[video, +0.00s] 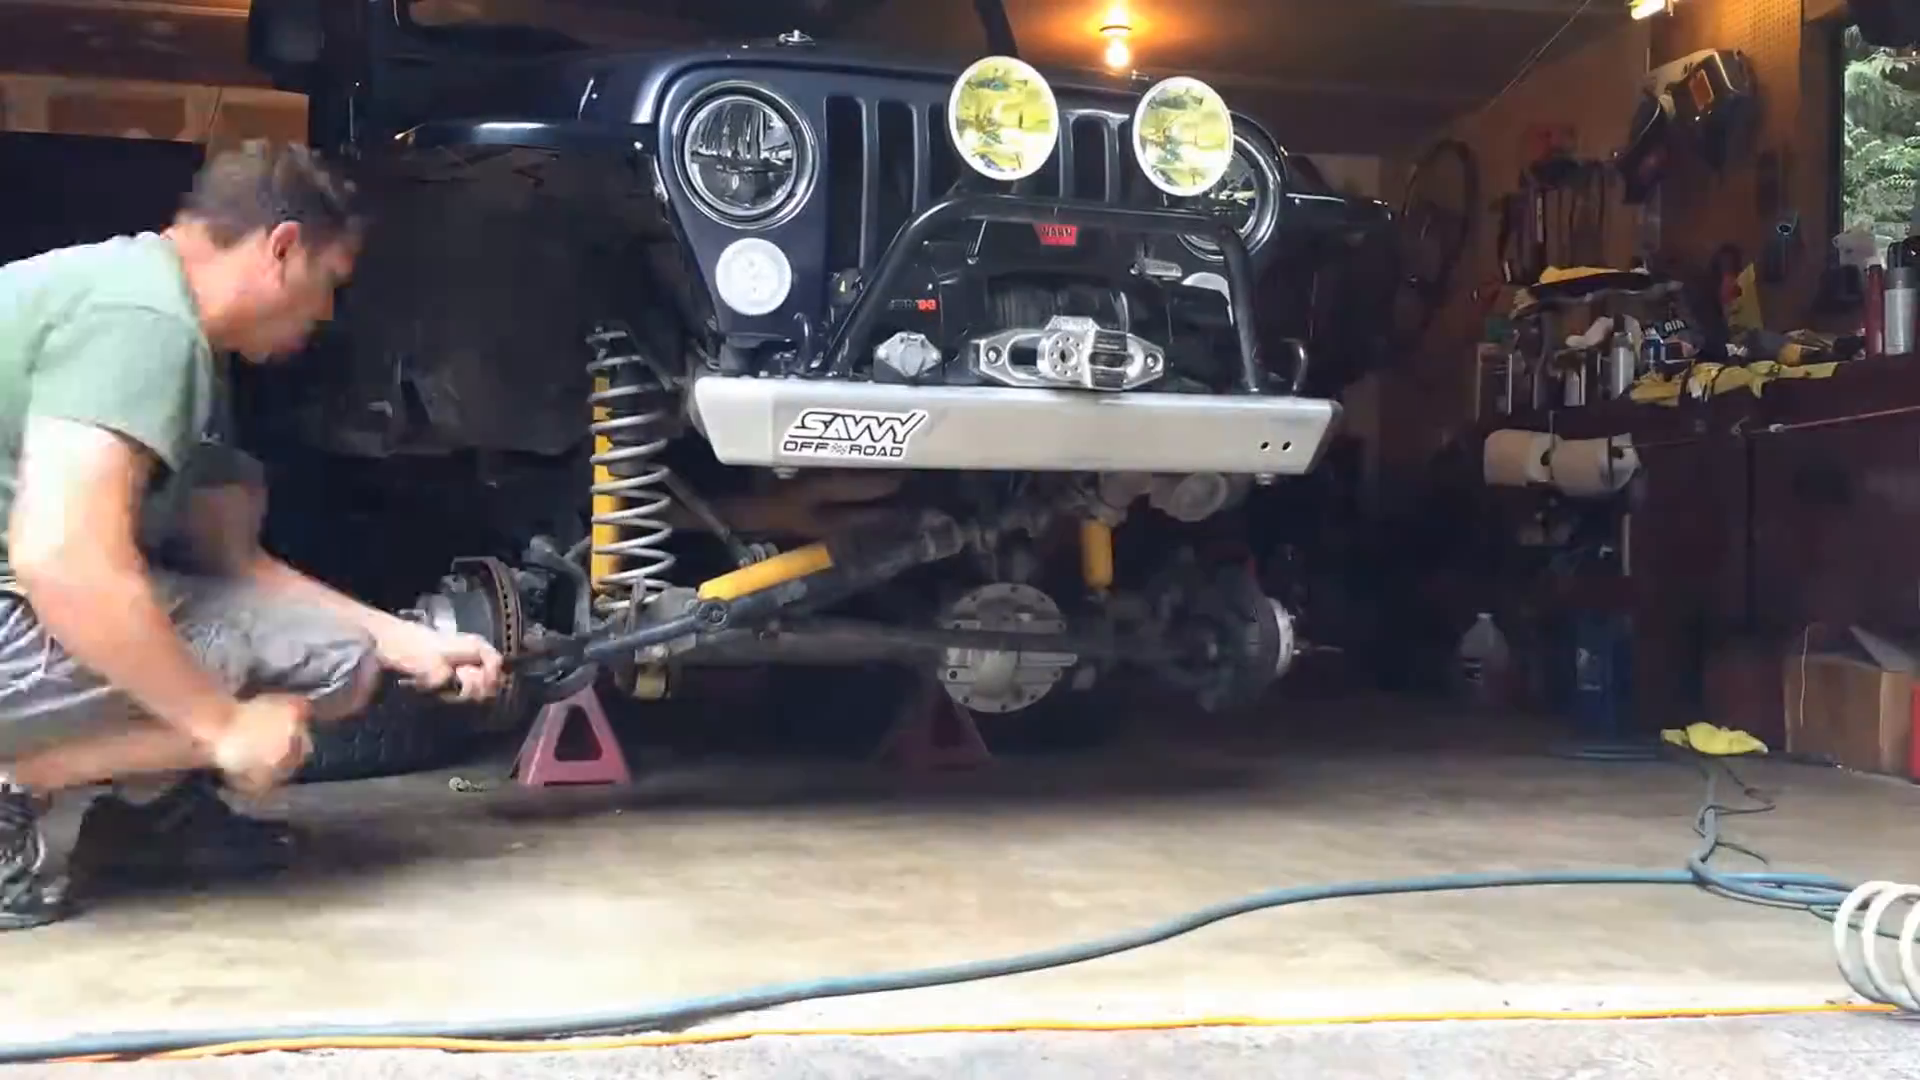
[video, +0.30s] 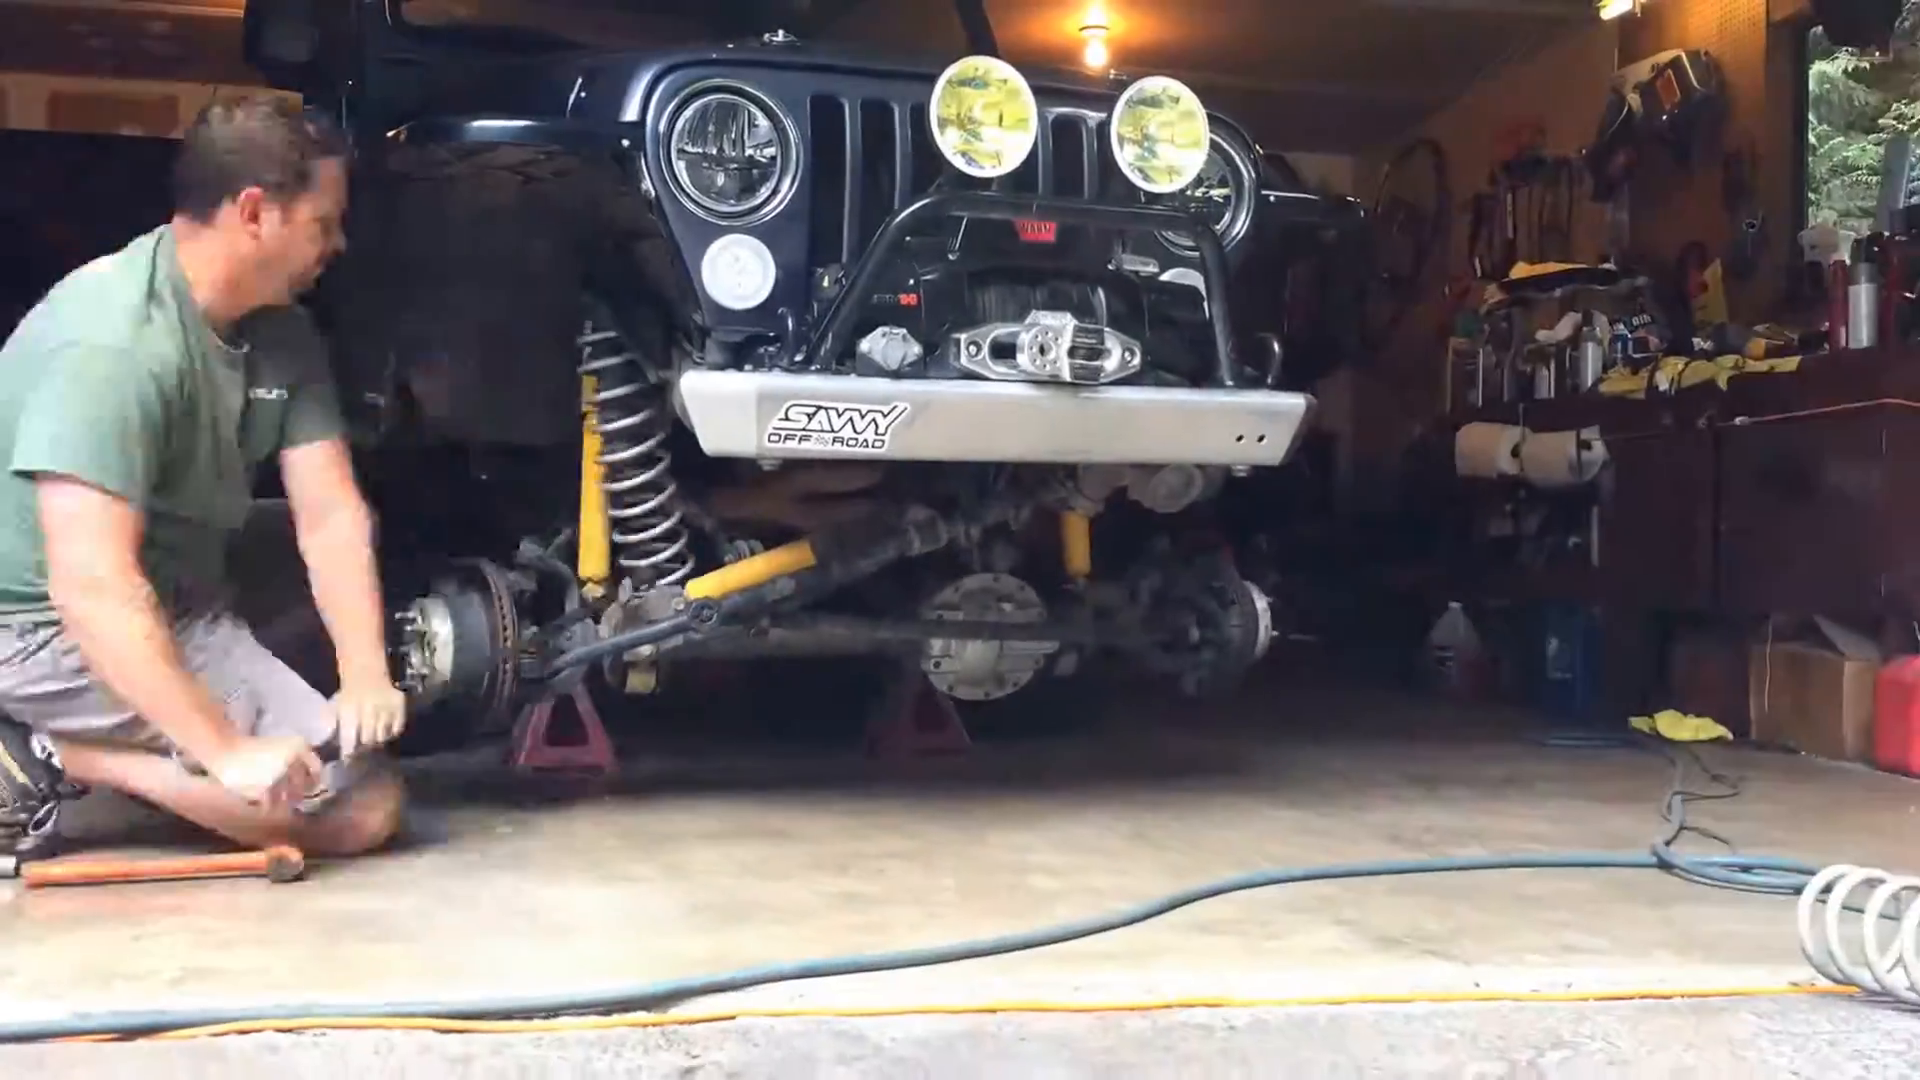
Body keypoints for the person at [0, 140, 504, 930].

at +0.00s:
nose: (326, 316)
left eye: (338, 291)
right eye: (331, 285)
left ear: (275, 248)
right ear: (280, 249)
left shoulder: (182, 338)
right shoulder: (141, 317)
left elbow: (231, 562)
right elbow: (65, 559)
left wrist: (407, 645)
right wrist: (221, 727)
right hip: (12, 647)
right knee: (338, 664)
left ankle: (145, 801)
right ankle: (22, 785)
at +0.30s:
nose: (336, 247)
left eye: (336, 226)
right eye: (325, 224)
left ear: (254, 216)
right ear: (254, 213)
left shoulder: (275, 328)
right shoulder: (105, 343)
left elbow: (330, 510)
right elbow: (91, 587)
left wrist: (365, 675)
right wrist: (225, 750)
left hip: (184, 616)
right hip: (42, 637)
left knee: (366, 809)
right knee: (351, 811)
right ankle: (53, 761)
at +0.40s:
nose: (190, 320)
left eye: (187, 297)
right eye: (164, 305)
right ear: (79, 308)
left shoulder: (188, 376)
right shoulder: (11, 397)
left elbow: (344, 471)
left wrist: (504, 486)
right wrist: (4, 778)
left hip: (104, 568)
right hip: (16, 580)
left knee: (257, 470)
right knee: (152, 606)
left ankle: (254, 748)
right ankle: (7, 714)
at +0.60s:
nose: (173, 105)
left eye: (137, 81)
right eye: (145, 95)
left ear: (136, 23)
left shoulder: (237, 18)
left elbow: (364, 257)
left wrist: (338, 421)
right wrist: (345, 448)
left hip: (579, 171)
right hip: (721, 163)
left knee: (363, 480)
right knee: (532, 506)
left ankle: (506, 826)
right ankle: (730, 780)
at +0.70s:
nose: (404, 164)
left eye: (415, 137)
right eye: (407, 130)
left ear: (258, 80)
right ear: (345, 94)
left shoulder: (108, 184)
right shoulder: (316, 239)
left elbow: (180, 414)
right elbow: (341, 536)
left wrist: (392, 424)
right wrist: (455, 482)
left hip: (29, 675)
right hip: (168, 677)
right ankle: (209, 791)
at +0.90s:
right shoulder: (226, 233)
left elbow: (348, 540)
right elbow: (298, 132)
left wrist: (496, 444)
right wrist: (404, 135)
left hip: (101, 672)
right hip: (262, 635)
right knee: (518, 660)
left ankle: (161, 768)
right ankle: (295, 748)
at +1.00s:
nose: (293, 261)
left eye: (298, 240)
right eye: (290, 235)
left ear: (233, 214)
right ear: (234, 212)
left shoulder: (153, 291)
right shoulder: (135, 317)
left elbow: (265, 418)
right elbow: (228, 528)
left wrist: (311, 469)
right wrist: (376, 549)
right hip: (33, 608)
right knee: (361, 626)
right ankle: (60, 735)